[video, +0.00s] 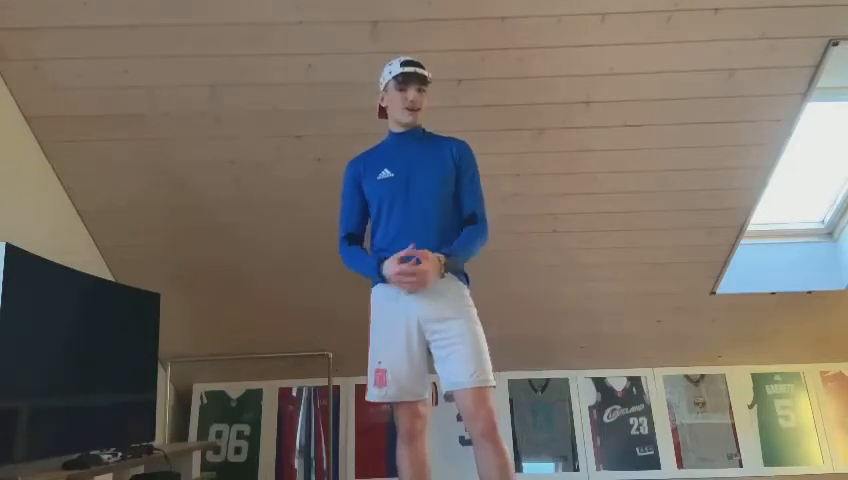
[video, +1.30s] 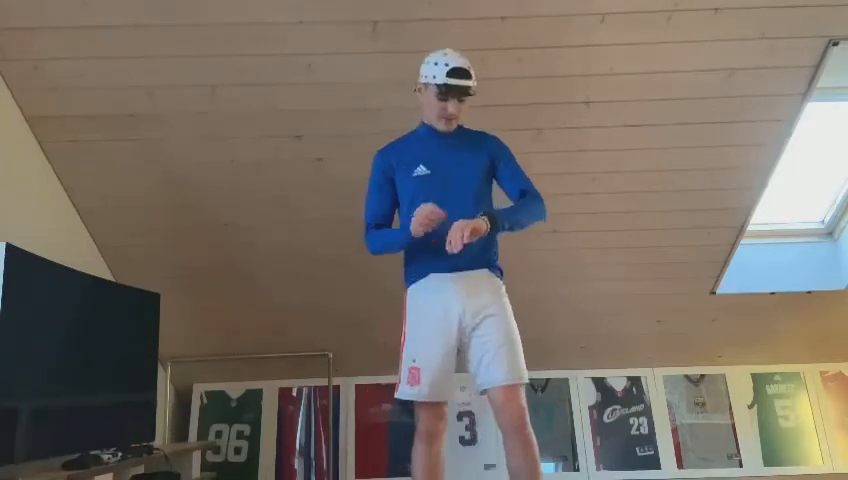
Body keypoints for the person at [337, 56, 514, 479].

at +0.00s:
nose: (413, 95)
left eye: (420, 88)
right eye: (402, 87)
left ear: (428, 97)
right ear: (383, 99)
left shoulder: (456, 151)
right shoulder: (362, 166)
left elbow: (478, 227)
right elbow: (349, 243)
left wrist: (444, 261)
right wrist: (381, 268)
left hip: (448, 295)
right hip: (392, 301)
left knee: (483, 418)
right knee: (410, 422)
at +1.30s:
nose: (452, 107)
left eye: (460, 98)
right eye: (443, 96)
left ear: (469, 96)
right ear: (421, 91)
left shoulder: (487, 146)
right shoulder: (391, 158)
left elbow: (534, 206)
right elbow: (374, 239)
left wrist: (487, 222)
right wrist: (410, 230)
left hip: (486, 289)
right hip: (429, 293)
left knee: (513, 409)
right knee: (430, 420)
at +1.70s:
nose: (498, 106)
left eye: (509, 97)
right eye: (490, 94)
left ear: (519, 94)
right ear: (472, 84)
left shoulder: (534, 141)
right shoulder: (439, 146)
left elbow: (576, 195)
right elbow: (409, 223)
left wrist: (511, 182)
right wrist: (455, 192)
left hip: (522, 288)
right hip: (463, 293)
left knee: (532, 413)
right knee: (447, 419)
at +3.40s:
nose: (515, 97)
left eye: (524, 87)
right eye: (506, 88)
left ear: (536, 86)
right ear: (494, 88)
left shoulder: (560, 141)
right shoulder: (467, 146)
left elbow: (597, 186)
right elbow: (440, 223)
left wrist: (519, 173)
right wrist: (465, 190)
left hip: (533, 285)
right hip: (476, 287)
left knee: (538, 416)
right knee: (462, 415)